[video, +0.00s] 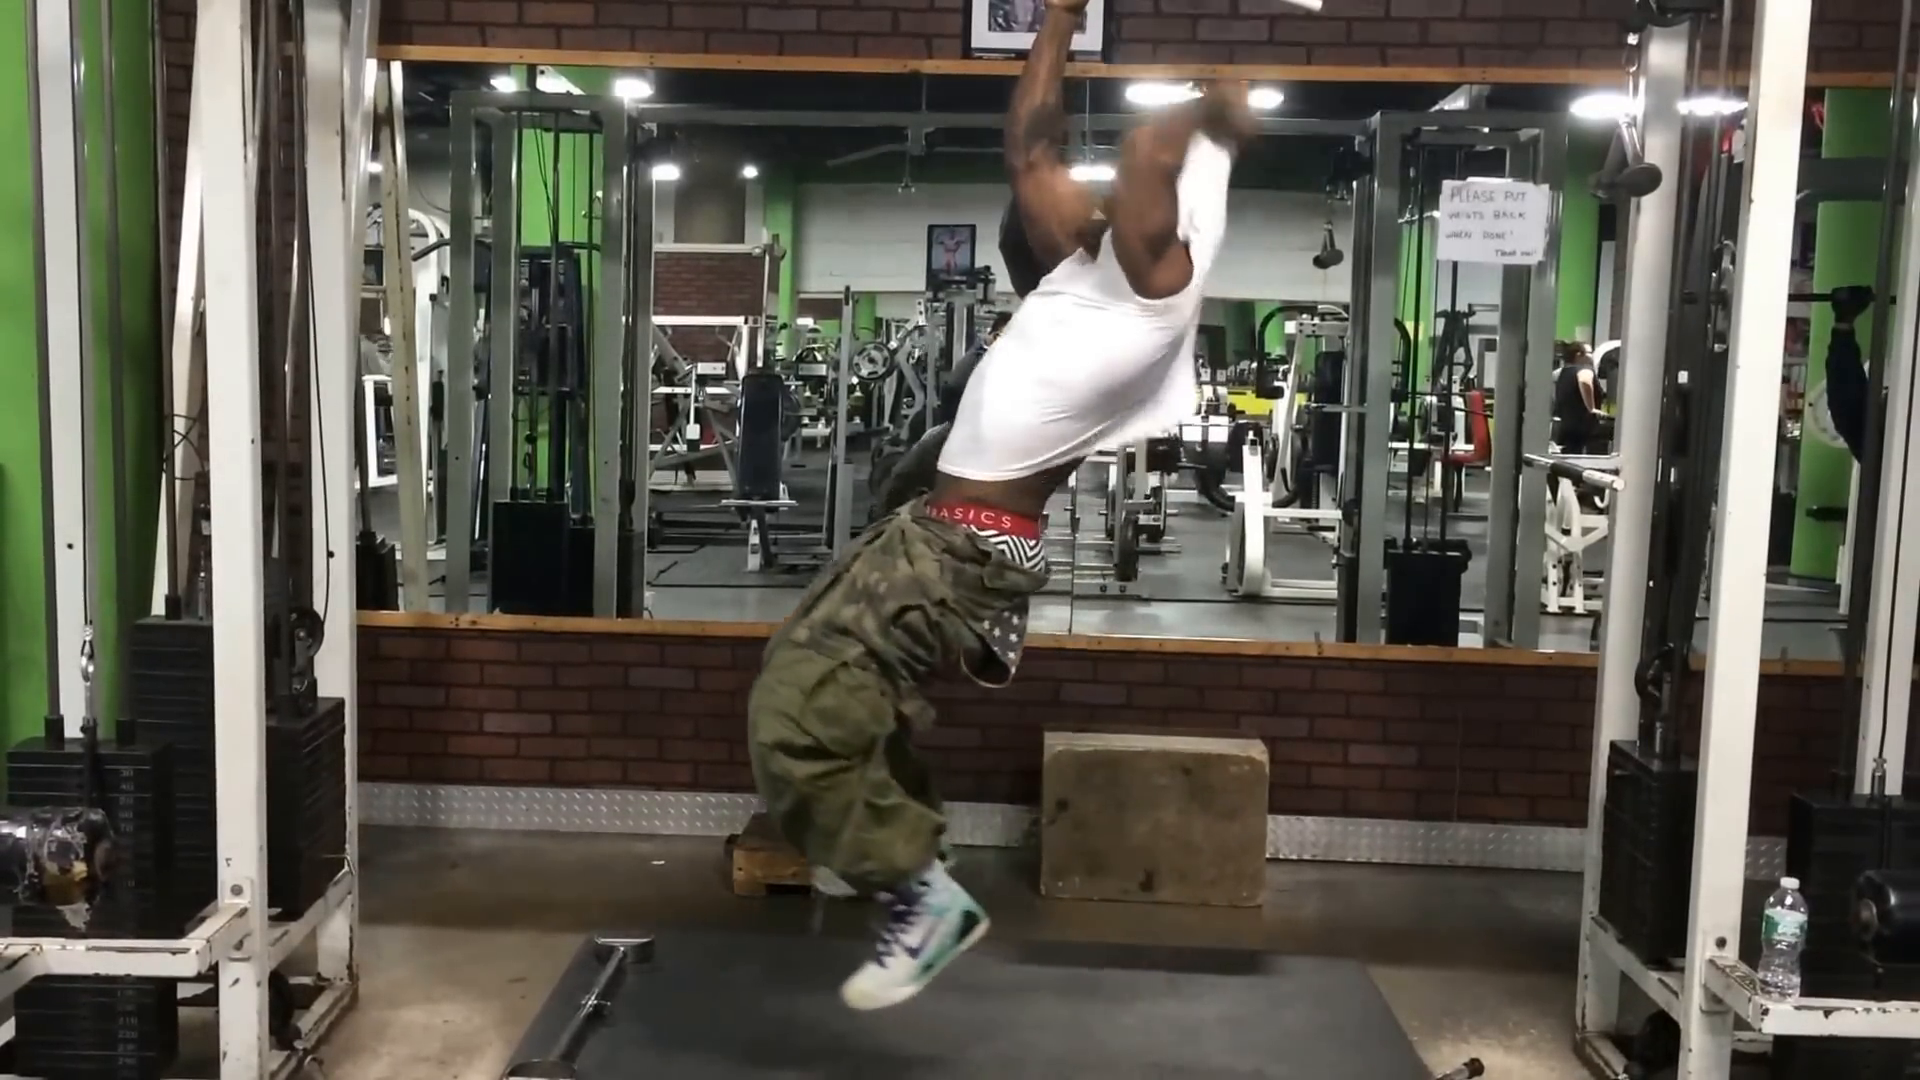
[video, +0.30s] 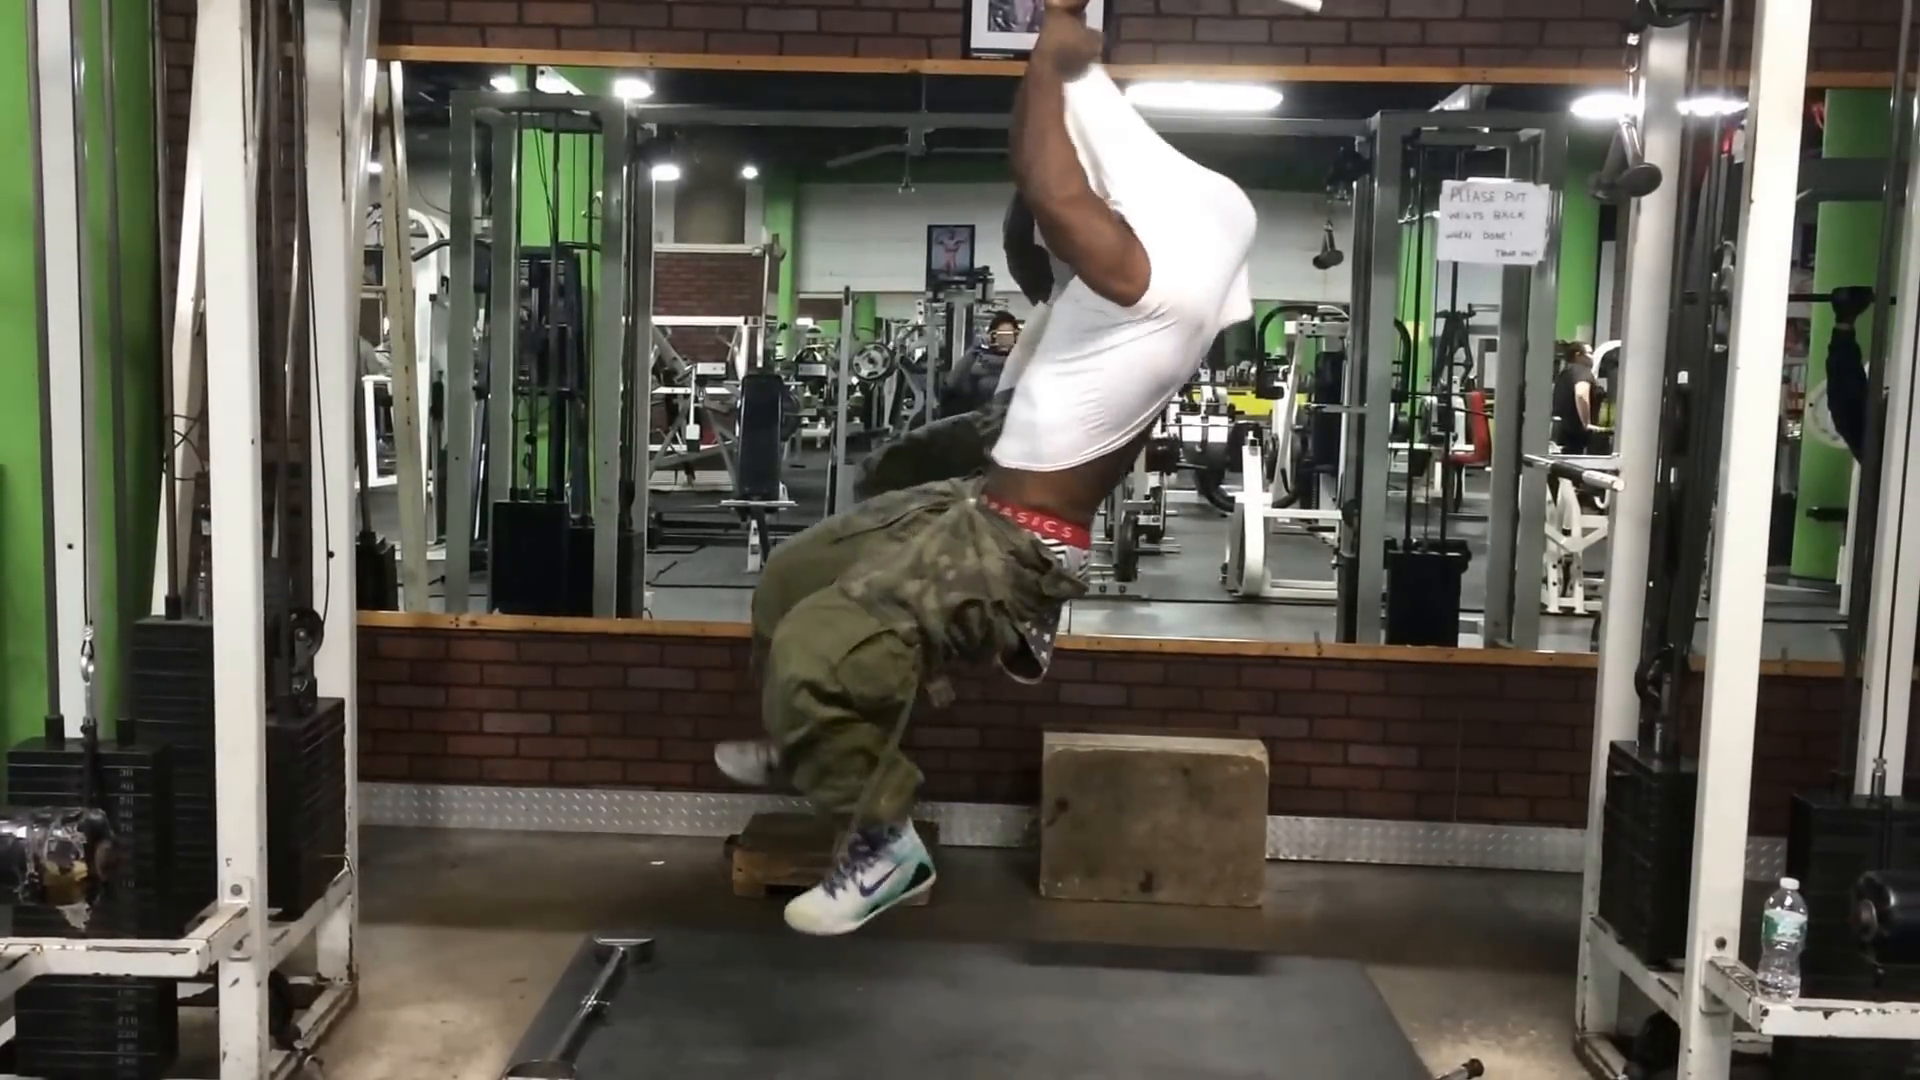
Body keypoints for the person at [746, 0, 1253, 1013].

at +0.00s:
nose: (1101, 180)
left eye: (1137, 172)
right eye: (1110, 166)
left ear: (1155, 205)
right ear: (1121, 208)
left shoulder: (1151, 290)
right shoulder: (1078, 270)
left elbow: (1149, 154)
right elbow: (1032, 150)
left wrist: (1209, 104)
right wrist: (1056, 24)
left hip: (969, 545)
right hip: (933, 525)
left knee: (794, 715)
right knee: (816, 675)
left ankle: (922, 897)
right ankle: (905, 856)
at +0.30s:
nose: (1050, 258)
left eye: (1051, 243)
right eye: (1042, 247)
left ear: (1072, 226)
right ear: (1062, 229)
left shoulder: (1159, 282)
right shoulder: (1128, 281)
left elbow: (1051, 189)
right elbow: (1052, 183)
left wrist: (1054, 57)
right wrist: (1056, 67)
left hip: (1018, 540)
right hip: (978, 502)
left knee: (810, 659)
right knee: (788, 580)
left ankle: (886, 839)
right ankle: (806, 752)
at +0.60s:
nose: (1058, 235)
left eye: (1059, 217)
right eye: (1049, 224)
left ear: (1103, 201)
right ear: (1068, 217)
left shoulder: (1200, 277)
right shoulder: (1118, 273)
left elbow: (1113, 178)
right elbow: (1064, 188)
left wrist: (1029, 77)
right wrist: (1048, 78)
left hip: (1061, 545)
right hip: (1007, 490)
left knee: (886, 697)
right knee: (829, 562)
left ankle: (982, 830)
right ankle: (831, 703)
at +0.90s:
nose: (1096, 190)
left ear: (1184, 205)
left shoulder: (1201, 302)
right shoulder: (1100, 231)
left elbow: (1099, 252)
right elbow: (1039, 154)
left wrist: (1143, 110)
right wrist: (1063, 20)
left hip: (1087, 554)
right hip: (1013, 514)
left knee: (1010, 757)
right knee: (875, 641)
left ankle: (1139, 818)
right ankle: (924, 775)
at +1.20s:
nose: (1057, 235)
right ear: (1075, 230)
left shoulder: (1214, 321)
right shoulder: (1097, 277)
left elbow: (1169, 208)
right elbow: (1045, 155)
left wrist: (1245, 225)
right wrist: (1062, 23)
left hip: (1091, 584)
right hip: (1012, 549)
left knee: (1056, 801)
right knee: (902, 700)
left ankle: (1205, 791)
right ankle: (981, 812)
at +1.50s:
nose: (1103, 216)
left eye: (1127, 200)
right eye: (1097, 210)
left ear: (1173, 225)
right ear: (1104, 223)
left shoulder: (1194, 316)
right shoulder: (1089, 285)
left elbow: (1128, 187)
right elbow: (1044, 150)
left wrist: (1218, 146)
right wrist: (1065, 23)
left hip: (1076, 584)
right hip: (1001, 561)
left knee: (992, 798)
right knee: (895, 727)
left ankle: (1156, 872)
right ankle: (994, 860)